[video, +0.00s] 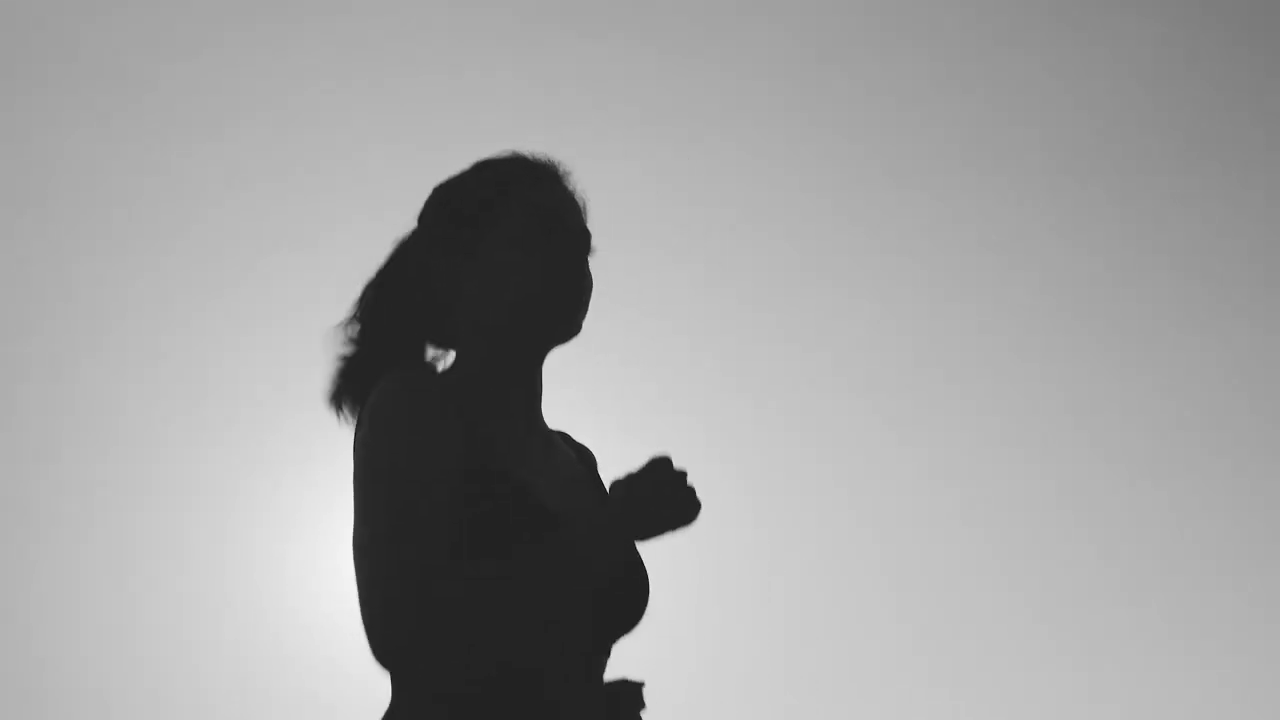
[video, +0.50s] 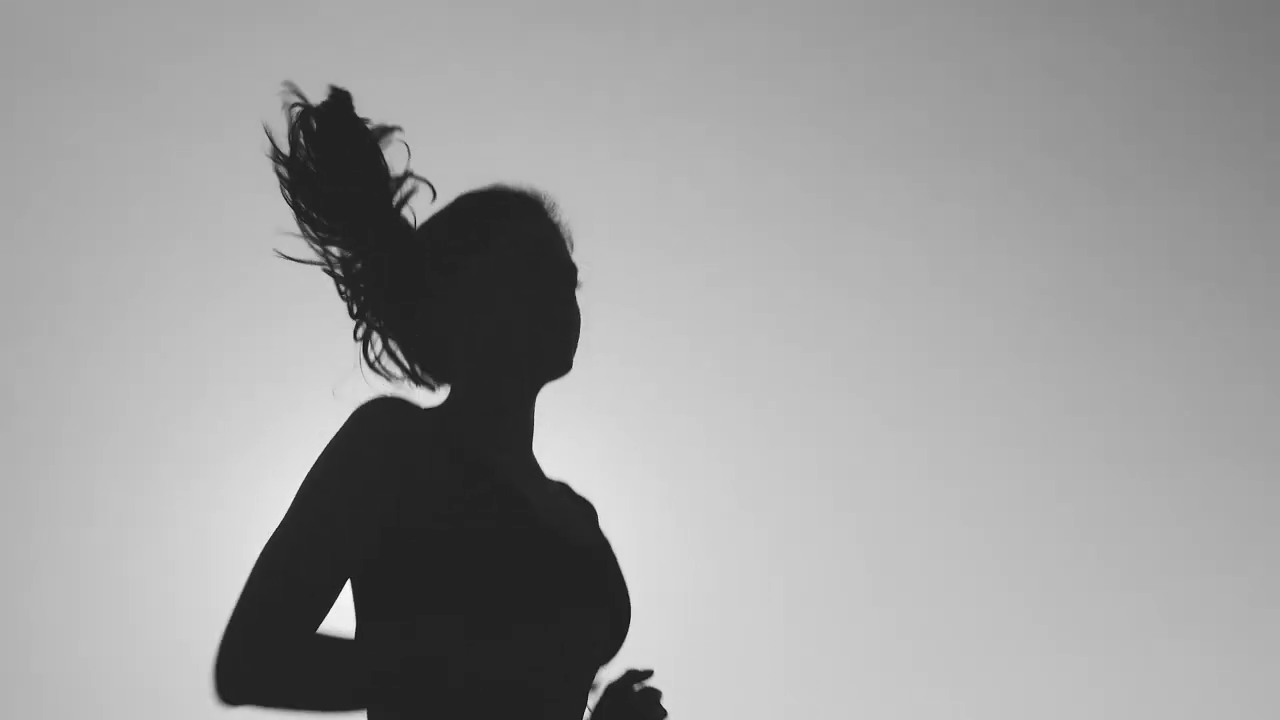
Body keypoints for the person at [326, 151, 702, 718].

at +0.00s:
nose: (585, 268)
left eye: (585, 248)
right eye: (560, 246)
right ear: (485, 260)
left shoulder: (573, 460)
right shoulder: (411, 412)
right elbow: (402, 632)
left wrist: (615, 520)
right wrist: (608, 517)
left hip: (565, 708)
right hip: (446, 706)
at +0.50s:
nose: (574, 303)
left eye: (570, 283)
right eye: (546, 279)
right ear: (463, 299)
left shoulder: (572, 512)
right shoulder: (390, 437)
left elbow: (540, 697)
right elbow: (249, 664)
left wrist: (602, 710)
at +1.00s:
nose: (551, 253)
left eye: (553, 231)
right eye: (519, 226)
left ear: (555, 259)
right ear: (434, 247)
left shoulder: (589, 445)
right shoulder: (338, 399)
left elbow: (718, 664)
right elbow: (166, 574)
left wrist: (631, 518)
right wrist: (270, 615)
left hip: (527, 708)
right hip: (380, 704)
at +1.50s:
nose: (519, 270)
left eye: (531, 247)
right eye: (487, 242)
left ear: (545, 276)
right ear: (415, 264)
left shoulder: (573, 455)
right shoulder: (321, 426)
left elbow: (647, 687)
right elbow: (178, 655)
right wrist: (344, 626)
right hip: (374, 712)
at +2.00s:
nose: (563, 293)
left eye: (563, 268)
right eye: (543, 265)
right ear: (469, 275)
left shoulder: (540, 472)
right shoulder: (390, 407)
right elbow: (346, 609)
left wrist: (576, 697)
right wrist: (575, 529)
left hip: (531, 708)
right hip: (423, 705)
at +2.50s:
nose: (608, 325)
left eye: (604, 306)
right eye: (583, 304)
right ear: (499, 331)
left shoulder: (606, 528)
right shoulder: (438, 459)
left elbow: (583, 698)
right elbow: (288, 658)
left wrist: (645, 705)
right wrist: (485, 674)